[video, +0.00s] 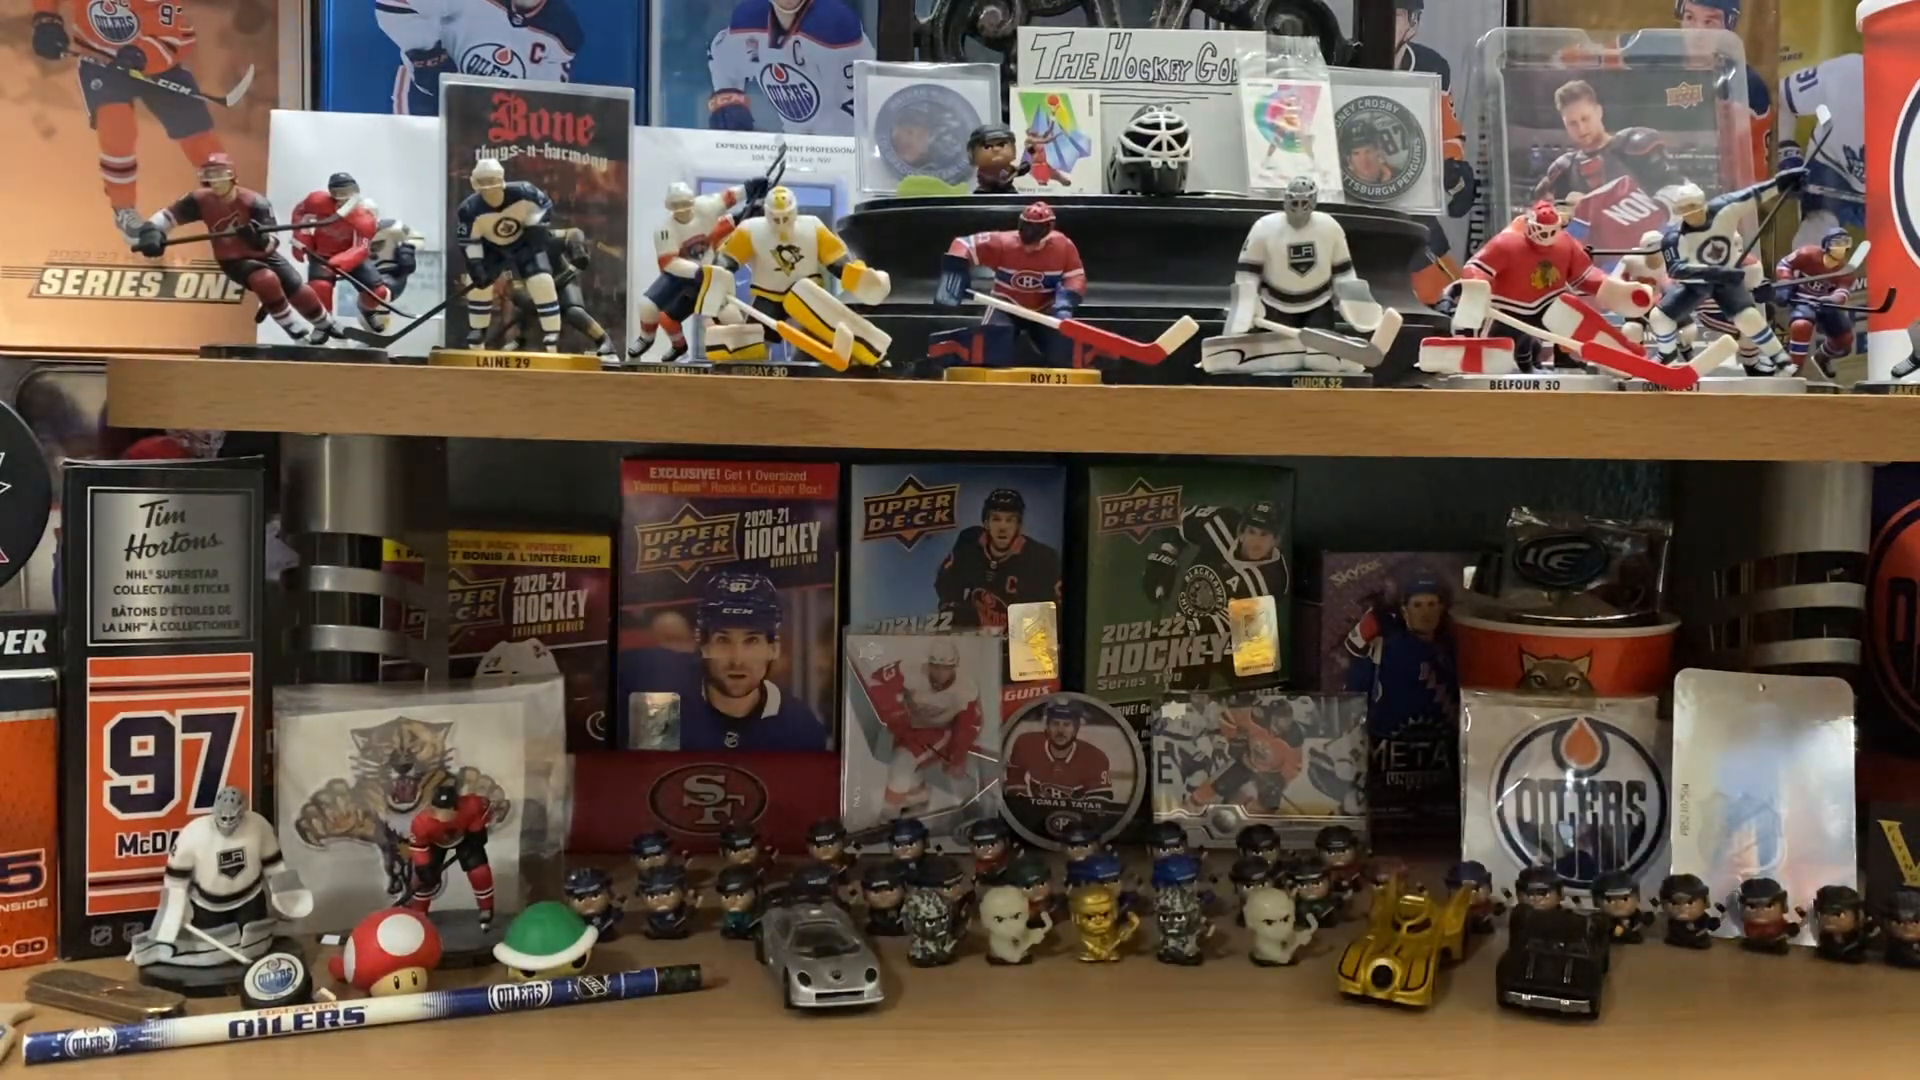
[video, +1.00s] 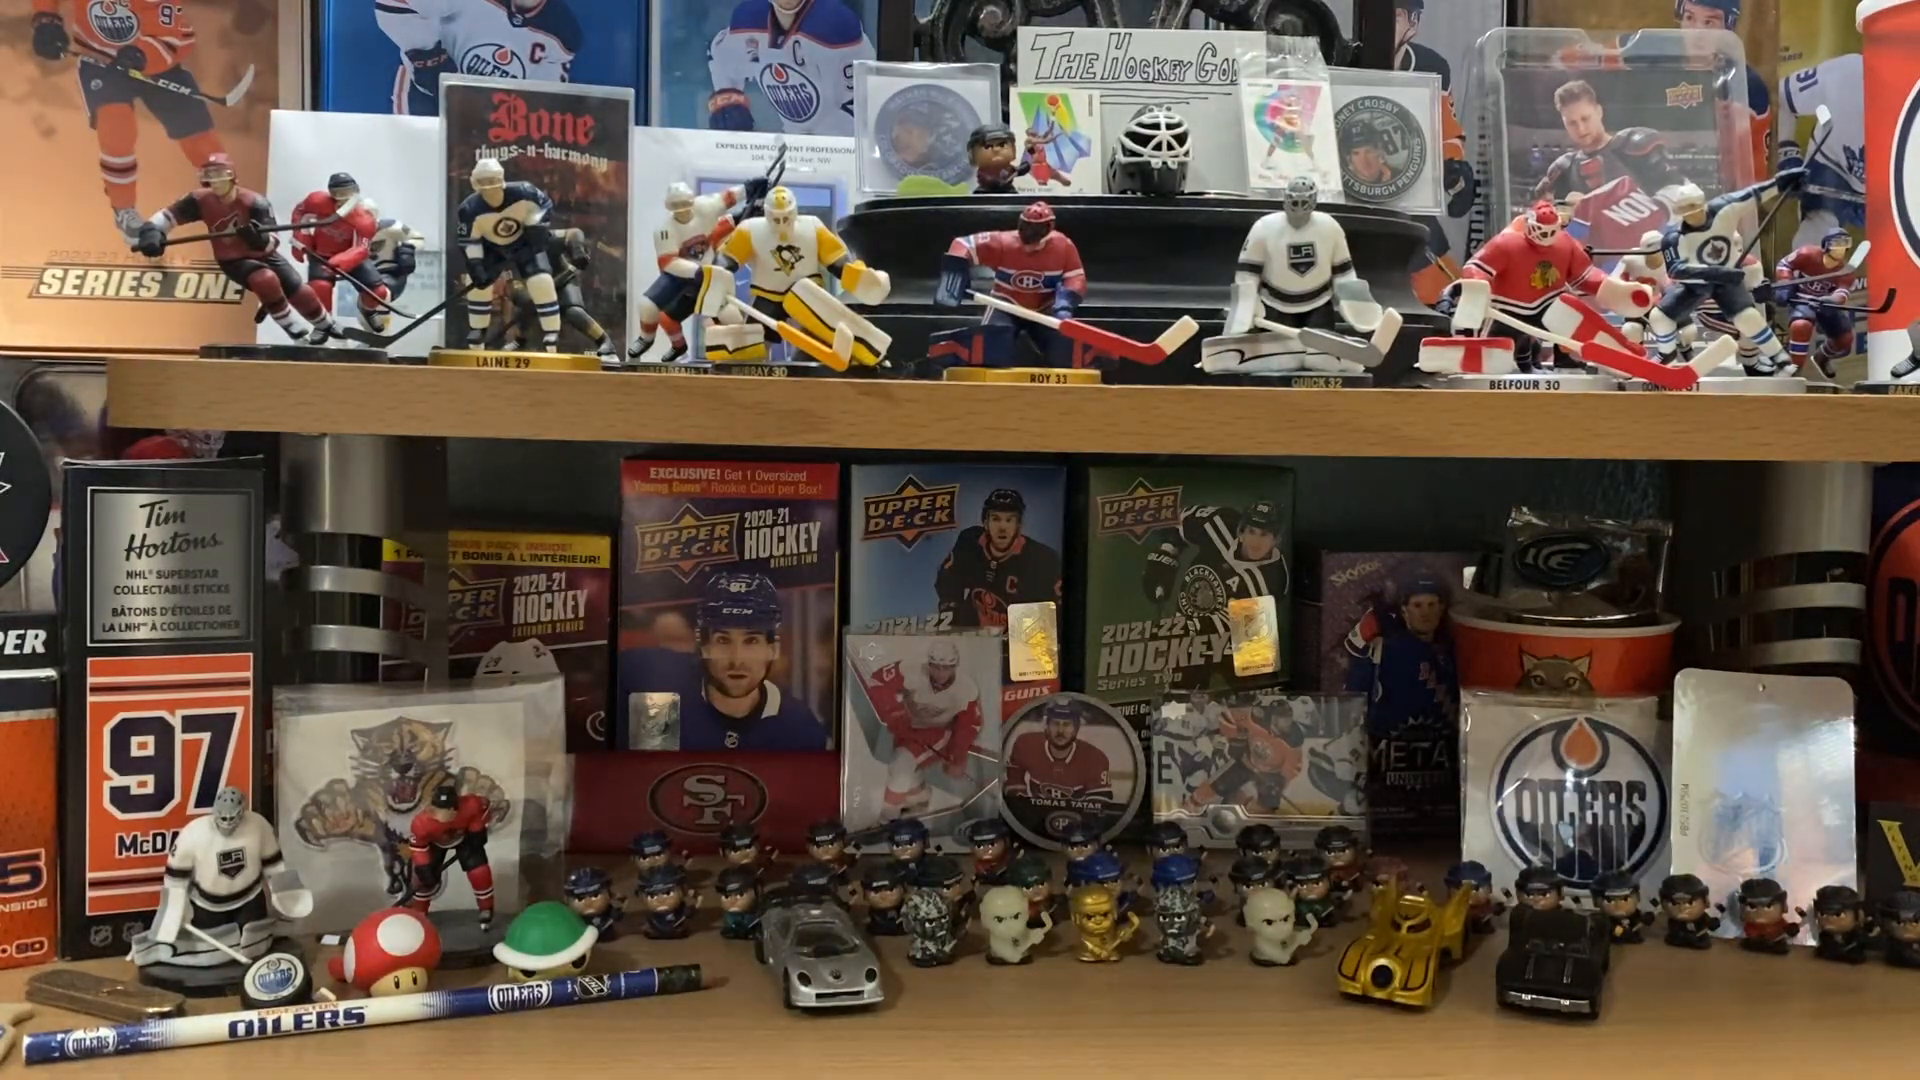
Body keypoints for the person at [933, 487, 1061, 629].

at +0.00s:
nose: (1003, 527)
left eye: (1010, 520)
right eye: (996, 520)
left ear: (1019, 525)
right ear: (986, 522)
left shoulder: (1042, 557)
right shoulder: (969, 541)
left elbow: (1046, 605)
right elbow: (945, 578)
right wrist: (950, 607)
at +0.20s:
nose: (1002, 527)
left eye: (1009, 520)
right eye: (996, 520)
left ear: (1019, 525)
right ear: (985, 523)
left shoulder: (1042, 558)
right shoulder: (968, 542)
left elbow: (1045, 607)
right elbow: (944, 580)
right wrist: (949, 607)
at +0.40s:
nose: (1002, 527)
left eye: (1009, 520)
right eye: (996, 520)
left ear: (1019, 524)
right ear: (985, 523)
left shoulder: (1042, 558)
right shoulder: (968, 542)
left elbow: (1045, 607)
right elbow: (944, 580)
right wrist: (949, 607)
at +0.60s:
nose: (1002, 527)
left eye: (1009, 520)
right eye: (996, 520)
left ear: (1019, 525)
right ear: (985, 523)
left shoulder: (1042, 559)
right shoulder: (968, 542)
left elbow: (1046, 606)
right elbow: (944, 580)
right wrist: (949, 607)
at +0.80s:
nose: (1002, 527)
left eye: (1009, 520)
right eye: (996, 520)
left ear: (1019, 525)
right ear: (985, 523)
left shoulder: (1042, 559)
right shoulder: (968, 542)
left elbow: (1046, 607)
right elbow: (944, 580)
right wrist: (949, 607)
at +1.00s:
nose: (1002, 527)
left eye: (1009, 520)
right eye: (996, 519)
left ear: (1019, 525)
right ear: (985, 523)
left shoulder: (1041, 559)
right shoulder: (968, 543)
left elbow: (1047, 605)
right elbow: (946, 577)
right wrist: (949, 607)